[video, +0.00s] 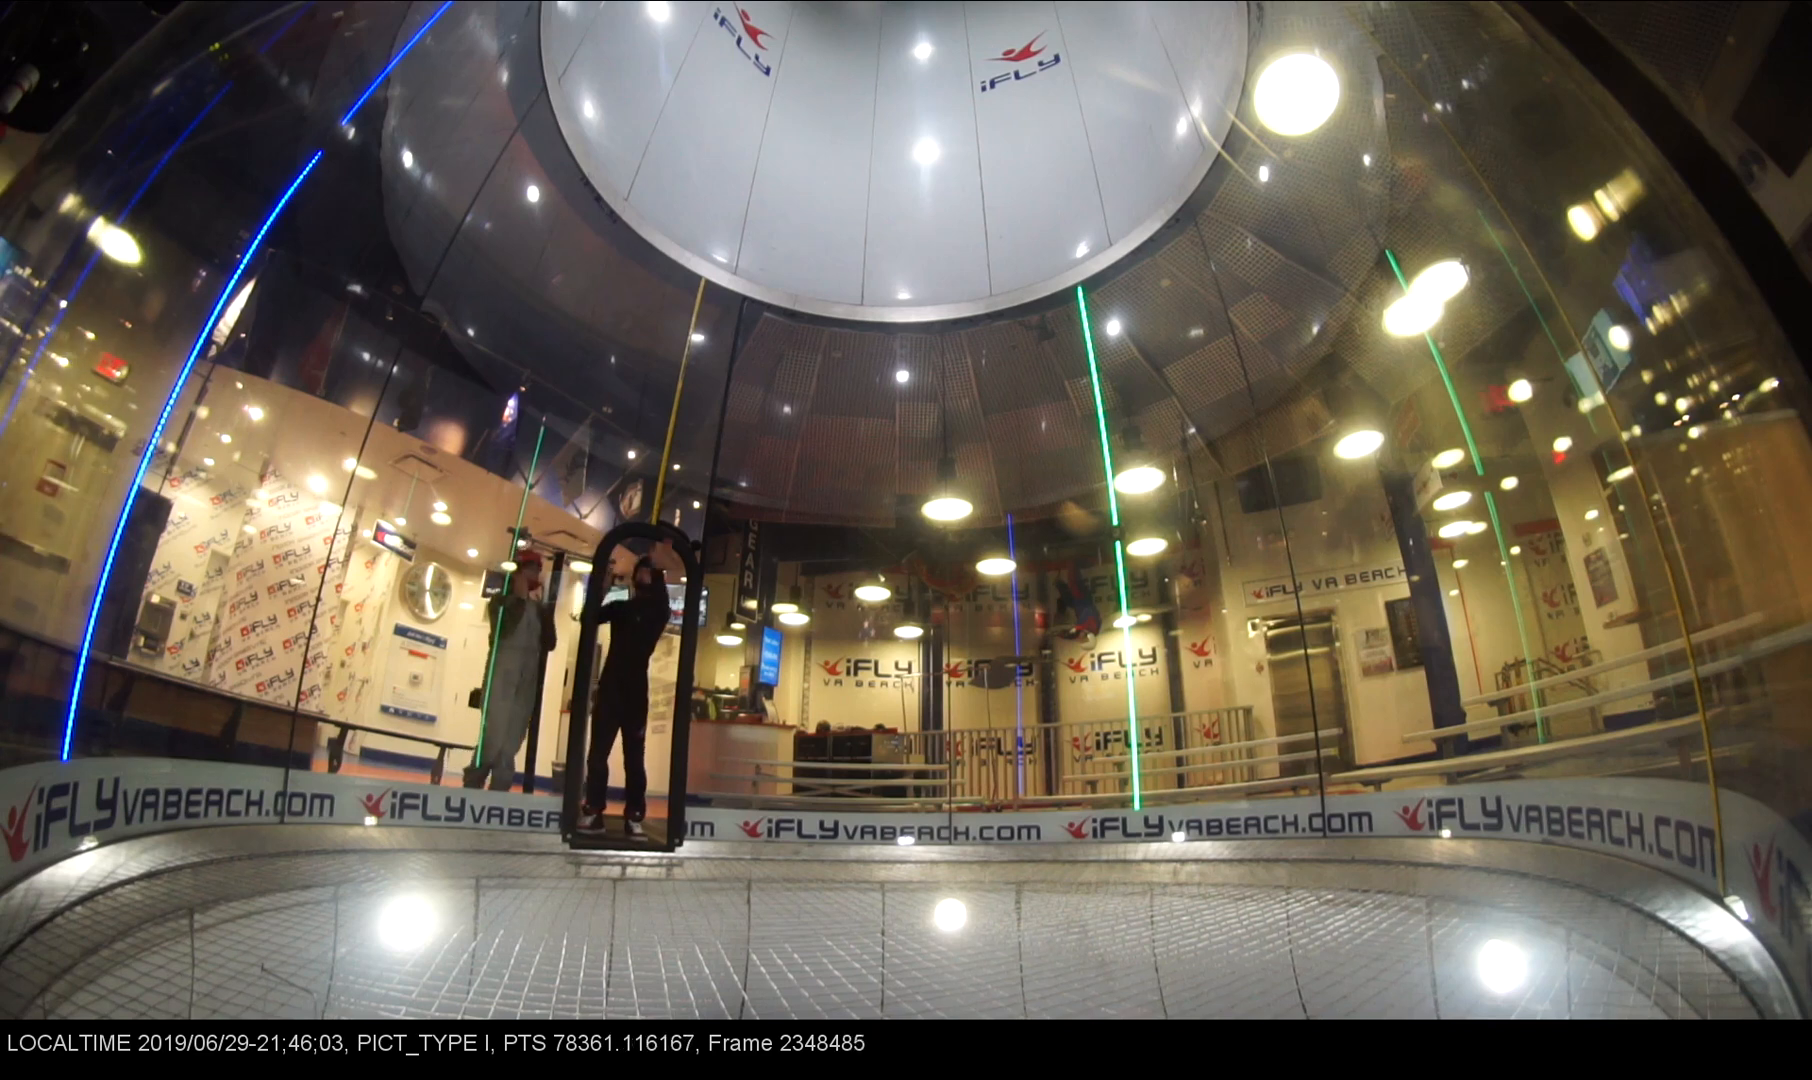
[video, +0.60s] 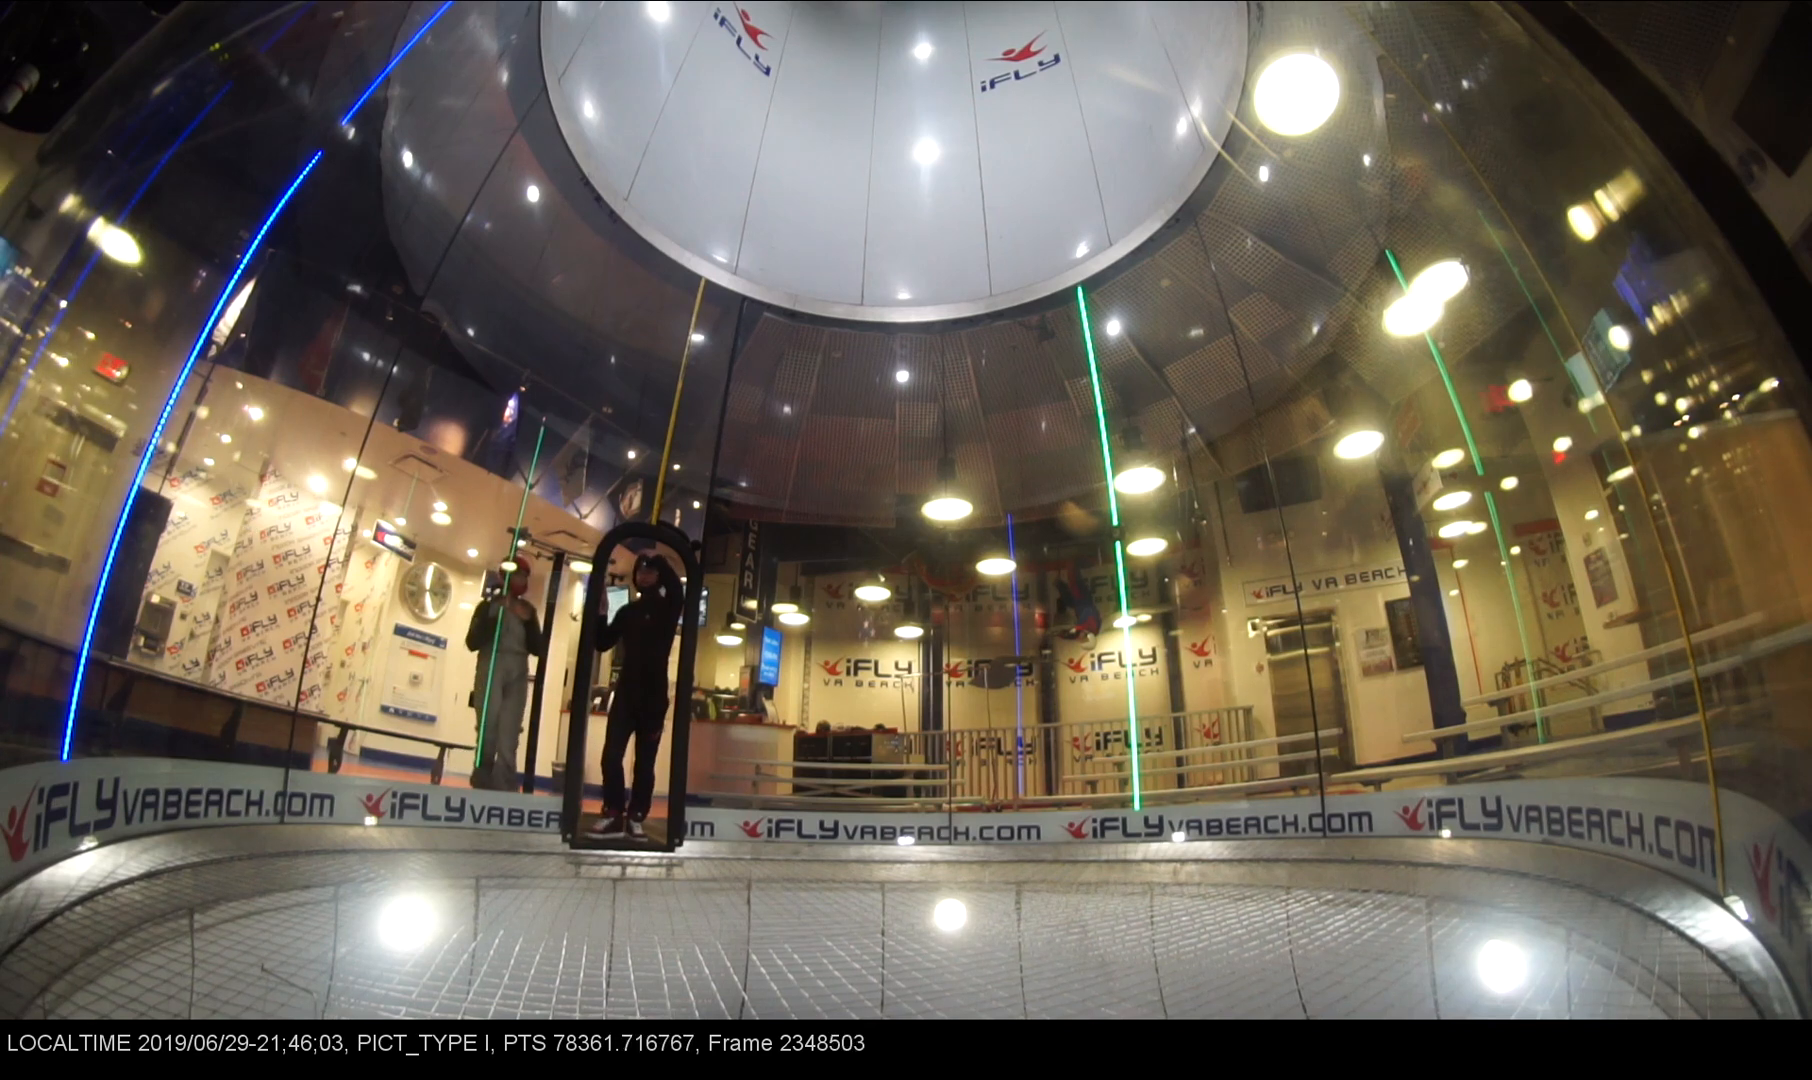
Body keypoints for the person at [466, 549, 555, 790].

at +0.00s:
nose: (536, 576)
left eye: (538, 572)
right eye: (531, 571)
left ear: (539, 577)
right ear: (517, 572)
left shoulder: (539, 609)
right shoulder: (501, 601)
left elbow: (549, 644)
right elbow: (502, 631)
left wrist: (546, 613)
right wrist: (519, 600)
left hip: (529, 675)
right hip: (503, 671)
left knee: (515, 732)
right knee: (495, 728)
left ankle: (501, 786)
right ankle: (473, 781)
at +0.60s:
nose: (522, 582)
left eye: (525, 577)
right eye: (518, 576)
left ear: (527, 581)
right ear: (506, 578)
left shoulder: (528, 611)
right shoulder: (488, 606)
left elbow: (537, 648)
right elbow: (472, 642)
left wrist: (530, 620)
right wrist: (491, 617)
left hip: (517, 674)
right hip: (490, 670)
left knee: (509, 732)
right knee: (488, 728)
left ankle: (505, 786)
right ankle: (482, 781)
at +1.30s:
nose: (538, 588)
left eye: (540, 583)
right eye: (533, 583)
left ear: (542, 587)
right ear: (519, 585)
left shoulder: (541, 618)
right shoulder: (504, 612)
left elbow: (553, 652)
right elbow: (483, 644)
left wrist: (544, 623)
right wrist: (513, 648)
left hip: (533, 693)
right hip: (505, 690)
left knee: (531, 748)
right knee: (496, 744)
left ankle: (534, 798)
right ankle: (483, 792)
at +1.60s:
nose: (550, 592)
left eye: (554, 587)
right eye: (545, 587)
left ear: (558, 591)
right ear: (534, 590)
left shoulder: (558, 621)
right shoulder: (524, 618)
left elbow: (573, 653)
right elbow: (503, 651)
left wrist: (563, 627)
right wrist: (531, 657)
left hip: (555, 683)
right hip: (530, 680)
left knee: (546, 738)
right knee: (523, 735)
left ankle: (538, 792)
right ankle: (493, 783)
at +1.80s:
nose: (556, 596)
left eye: (560, 591)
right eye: (552, 590)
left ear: (565, 595)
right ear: (543, 592)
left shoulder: (568, 623)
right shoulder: (531, 620)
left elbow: (578, 653)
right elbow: (511, 653)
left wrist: (570, 629)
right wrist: (534, 663)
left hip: (558, 682)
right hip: (534, 681)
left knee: (553, 735)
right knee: (538, 735)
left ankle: (542, 785)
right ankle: (527, 786)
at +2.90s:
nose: (572, 596)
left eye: (576, 592)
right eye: (569, 591)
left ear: (581, 597)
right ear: (559, 593)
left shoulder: (579, 627)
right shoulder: (546, 620)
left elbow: (589, 660)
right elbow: (519, 648)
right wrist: (534, 669)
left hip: (570, 685)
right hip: (546, 682)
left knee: (560, 739)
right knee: (549, 740)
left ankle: (541, 791)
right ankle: (544, 794)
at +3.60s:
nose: (583, 597)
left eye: (587, 593)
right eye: (579, 592)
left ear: (592, 596)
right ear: (570, 593)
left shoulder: (591, 623)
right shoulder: (557, 618)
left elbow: (598, 662)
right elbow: (533, 646)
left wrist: (594, 635)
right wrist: (556, 642)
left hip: (581, 690)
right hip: (555, 686)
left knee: (562, 737)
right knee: (561, 735)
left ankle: (545, 786)